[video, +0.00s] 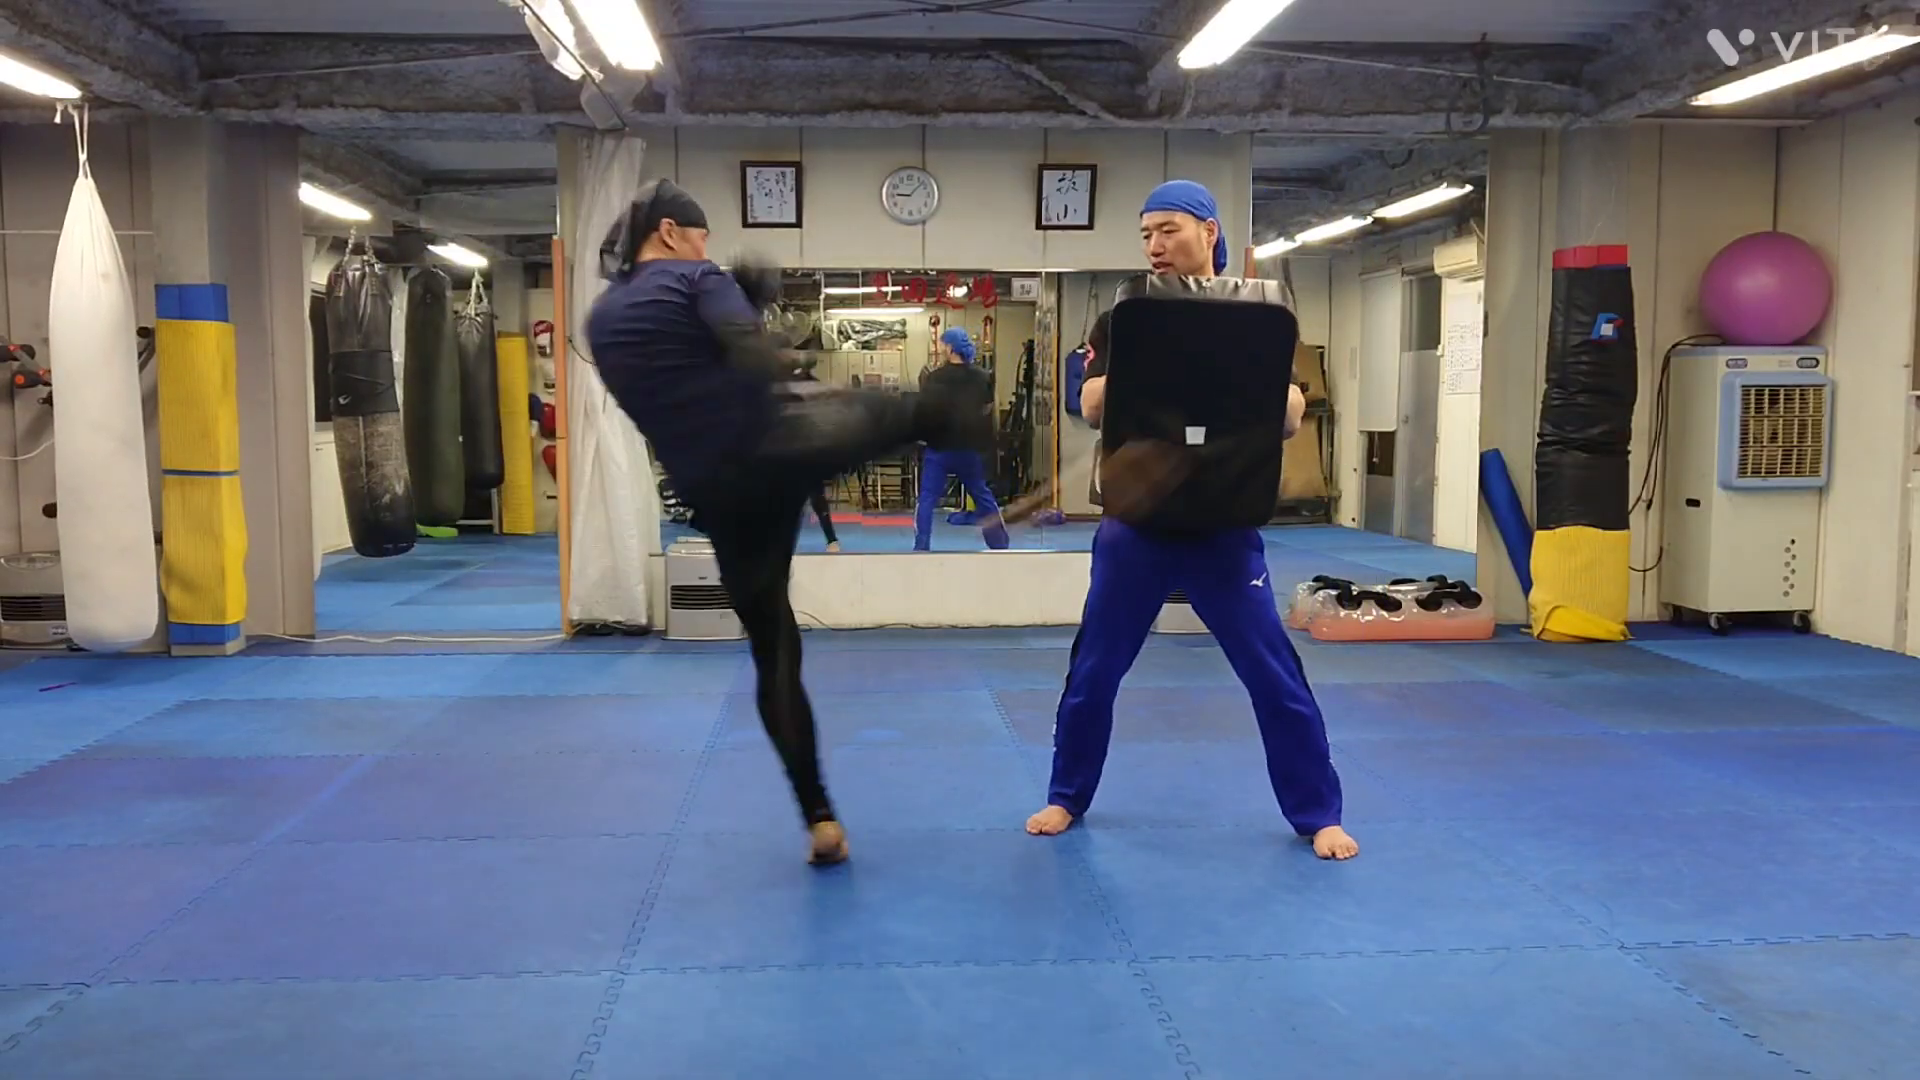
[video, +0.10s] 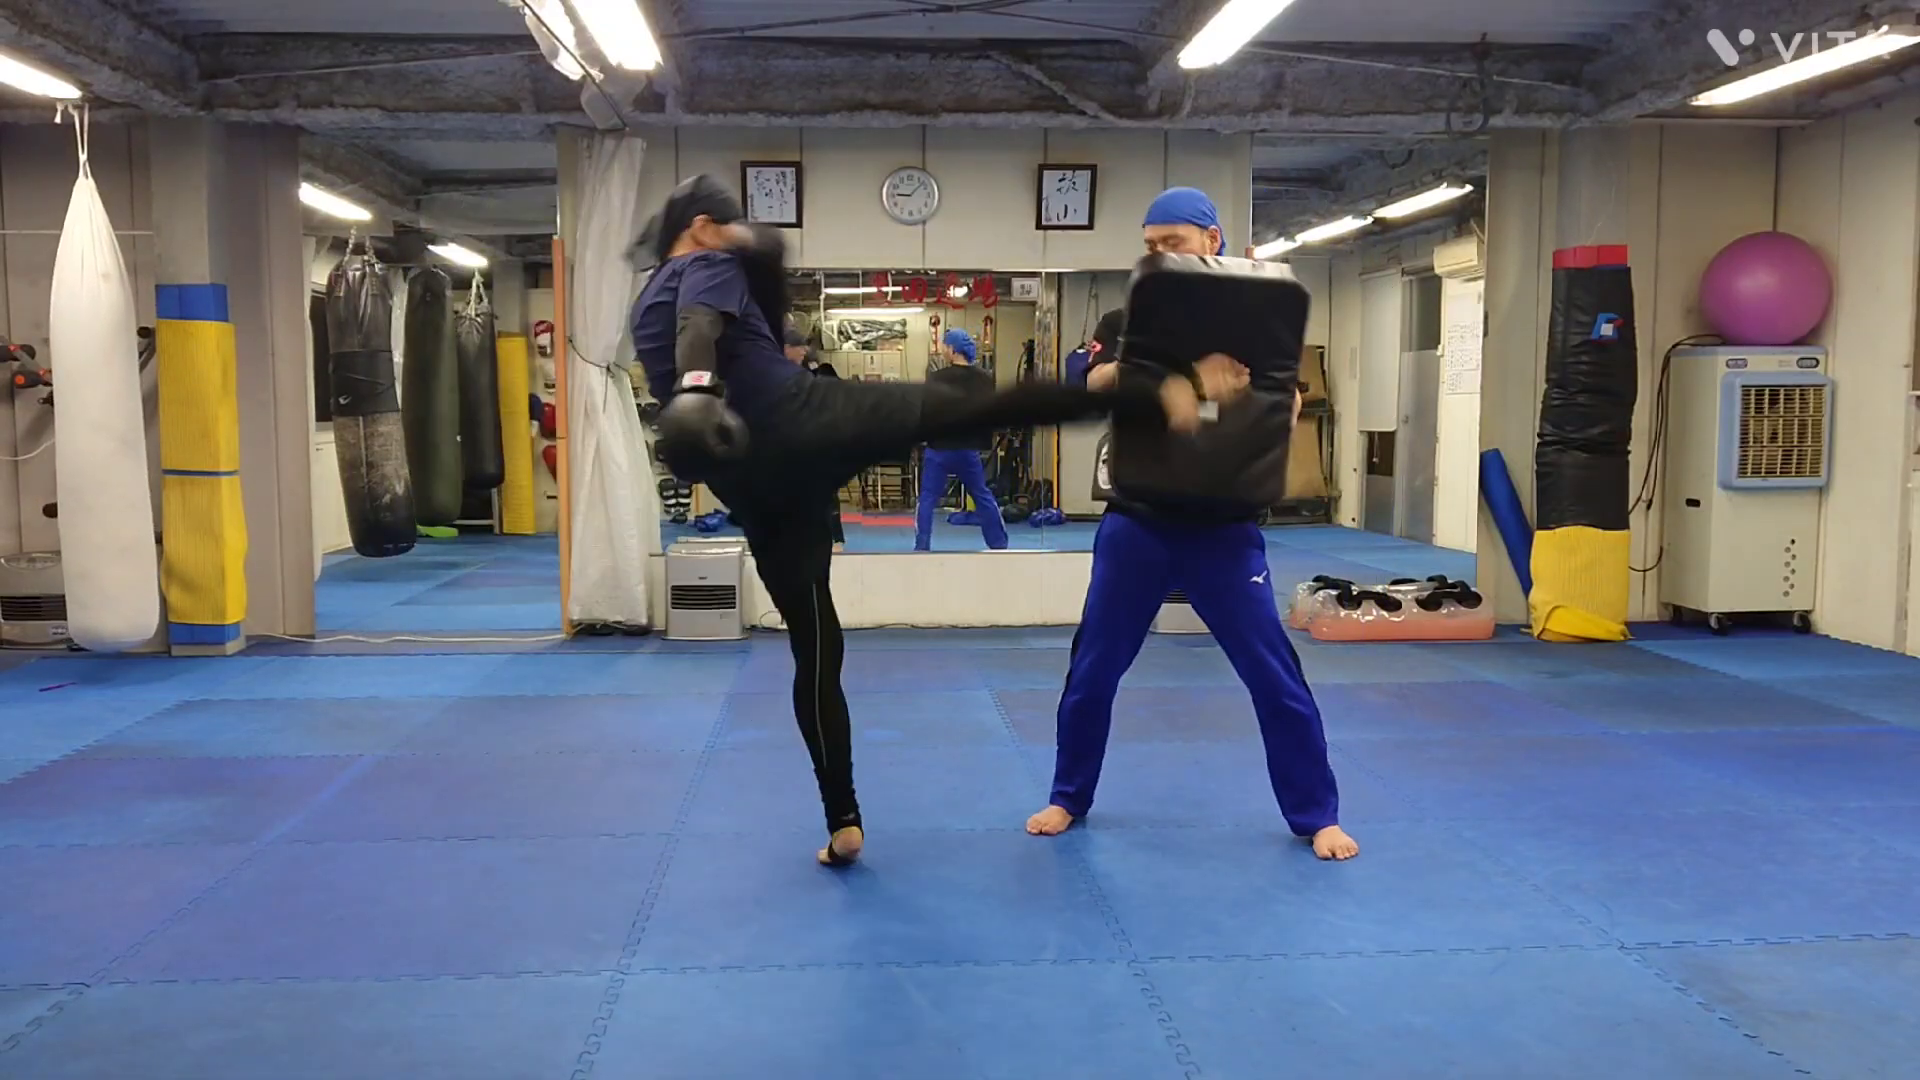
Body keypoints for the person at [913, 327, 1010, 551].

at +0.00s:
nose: (940, 349)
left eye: (942, 346)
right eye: (941, 345)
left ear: (951, 349)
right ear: (966, 349)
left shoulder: (935, 378)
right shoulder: (981, 377)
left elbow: (925, 413)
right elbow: (987, 406)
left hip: (940, 445)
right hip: (971, 444)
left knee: (928, 497)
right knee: (980, 492)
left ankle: (921, 546)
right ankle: (1000, 543)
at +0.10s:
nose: (943, 351)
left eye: (945, 347)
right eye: (944, 347)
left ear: (952, 350)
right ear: (969, 350)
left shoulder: (936, 378)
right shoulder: (985, 379)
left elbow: (927, 412)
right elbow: (989, 413)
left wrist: (923, 437)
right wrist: (985, 442)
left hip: (938, 445)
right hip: (969, 446)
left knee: (927, 498)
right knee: (981, 494)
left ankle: (921, 546)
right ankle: (999, 543)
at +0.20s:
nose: (945, 349)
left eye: (947, 346)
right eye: (947, 345)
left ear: (952, 349)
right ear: (971, 349)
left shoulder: (938, 376)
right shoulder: (986, 379)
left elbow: (927, 400)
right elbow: (990, 408)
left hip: (941, 453)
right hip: (976, 453)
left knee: (927, 493)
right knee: (988, 498)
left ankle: (922, 545)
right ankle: (1000, 547)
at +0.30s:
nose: (946, 345)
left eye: (947, 342)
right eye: (947, 341)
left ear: (952, 345)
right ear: (972, 345)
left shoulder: (938, 373)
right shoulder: (985, 376)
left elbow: (926, 403)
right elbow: (991, 407)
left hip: (944, 445)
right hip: (975, 444)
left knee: (930, 496)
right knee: (990, 494)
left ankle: (923, 545)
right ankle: (1002, 543)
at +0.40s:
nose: (947, 345)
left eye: (949, 342)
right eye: (948, 341)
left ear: (954, 344)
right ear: (973, 343)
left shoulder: (942, 372)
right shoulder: (988, 373)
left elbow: (931, 401)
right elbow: (996, 404)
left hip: (948, 444)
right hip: (979, 443)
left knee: (931, 497)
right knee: (995, 495)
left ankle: (920, 548)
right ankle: (1010, 545)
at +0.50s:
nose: (956, 347)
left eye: (958, 344)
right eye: (958, 343)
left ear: (964, 348)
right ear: (982, 346)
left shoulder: (951, 375)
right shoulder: (998, 376)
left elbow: (940, 406)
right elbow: (1007, 410)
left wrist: (957, 416)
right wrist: (993, 425)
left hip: (953, 447)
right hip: (984, 447)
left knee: (935, 498)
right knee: (1003, 497)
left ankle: (921, 546)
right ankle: (1019, 543)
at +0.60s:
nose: (968, 351)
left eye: (971, 347)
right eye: (970, 347)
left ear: (978, 351)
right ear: (993, 351)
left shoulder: (964, 379)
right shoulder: (1008, 378)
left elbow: (952, 411)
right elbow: (1020, 412)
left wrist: (973, 420)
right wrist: (999, 422)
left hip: (966, 450)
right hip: (997, 450)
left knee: (943, 501)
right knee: (1013, 503)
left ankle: (922, 549)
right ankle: (1033, 550)